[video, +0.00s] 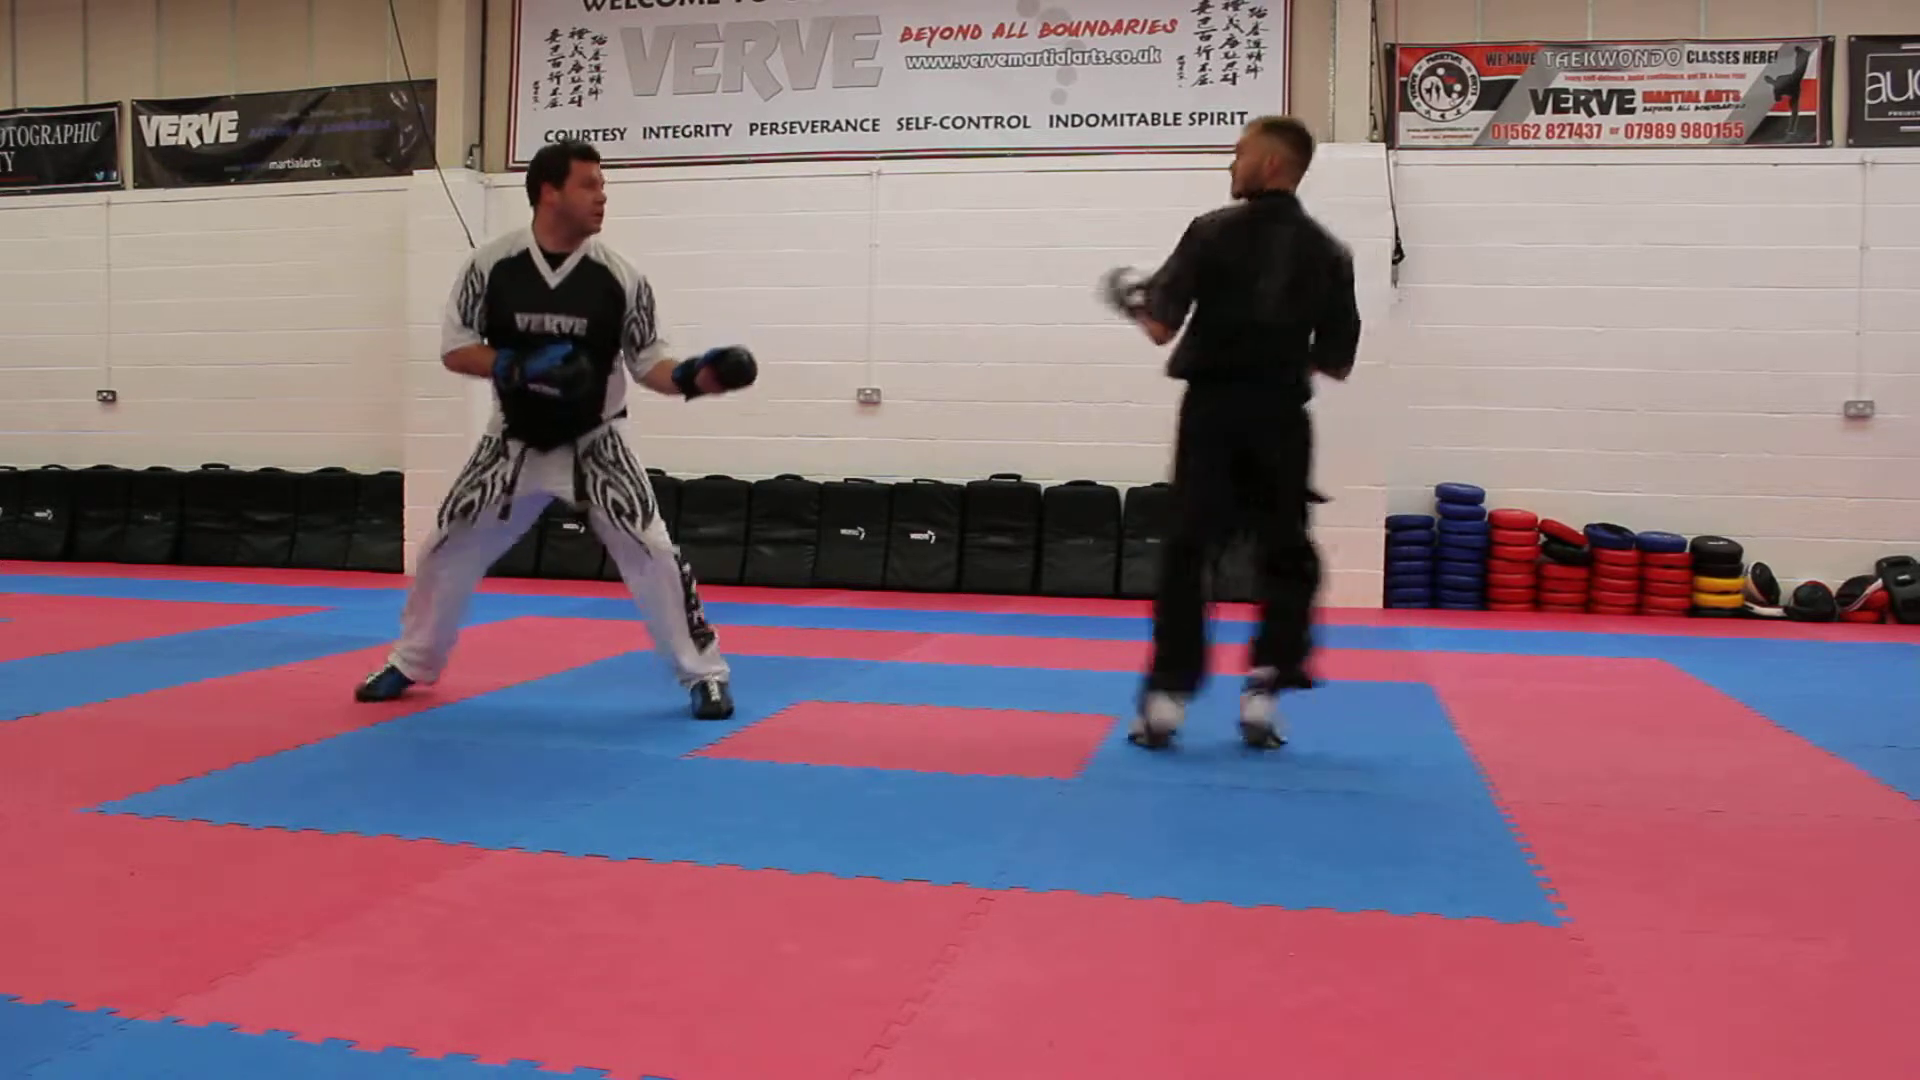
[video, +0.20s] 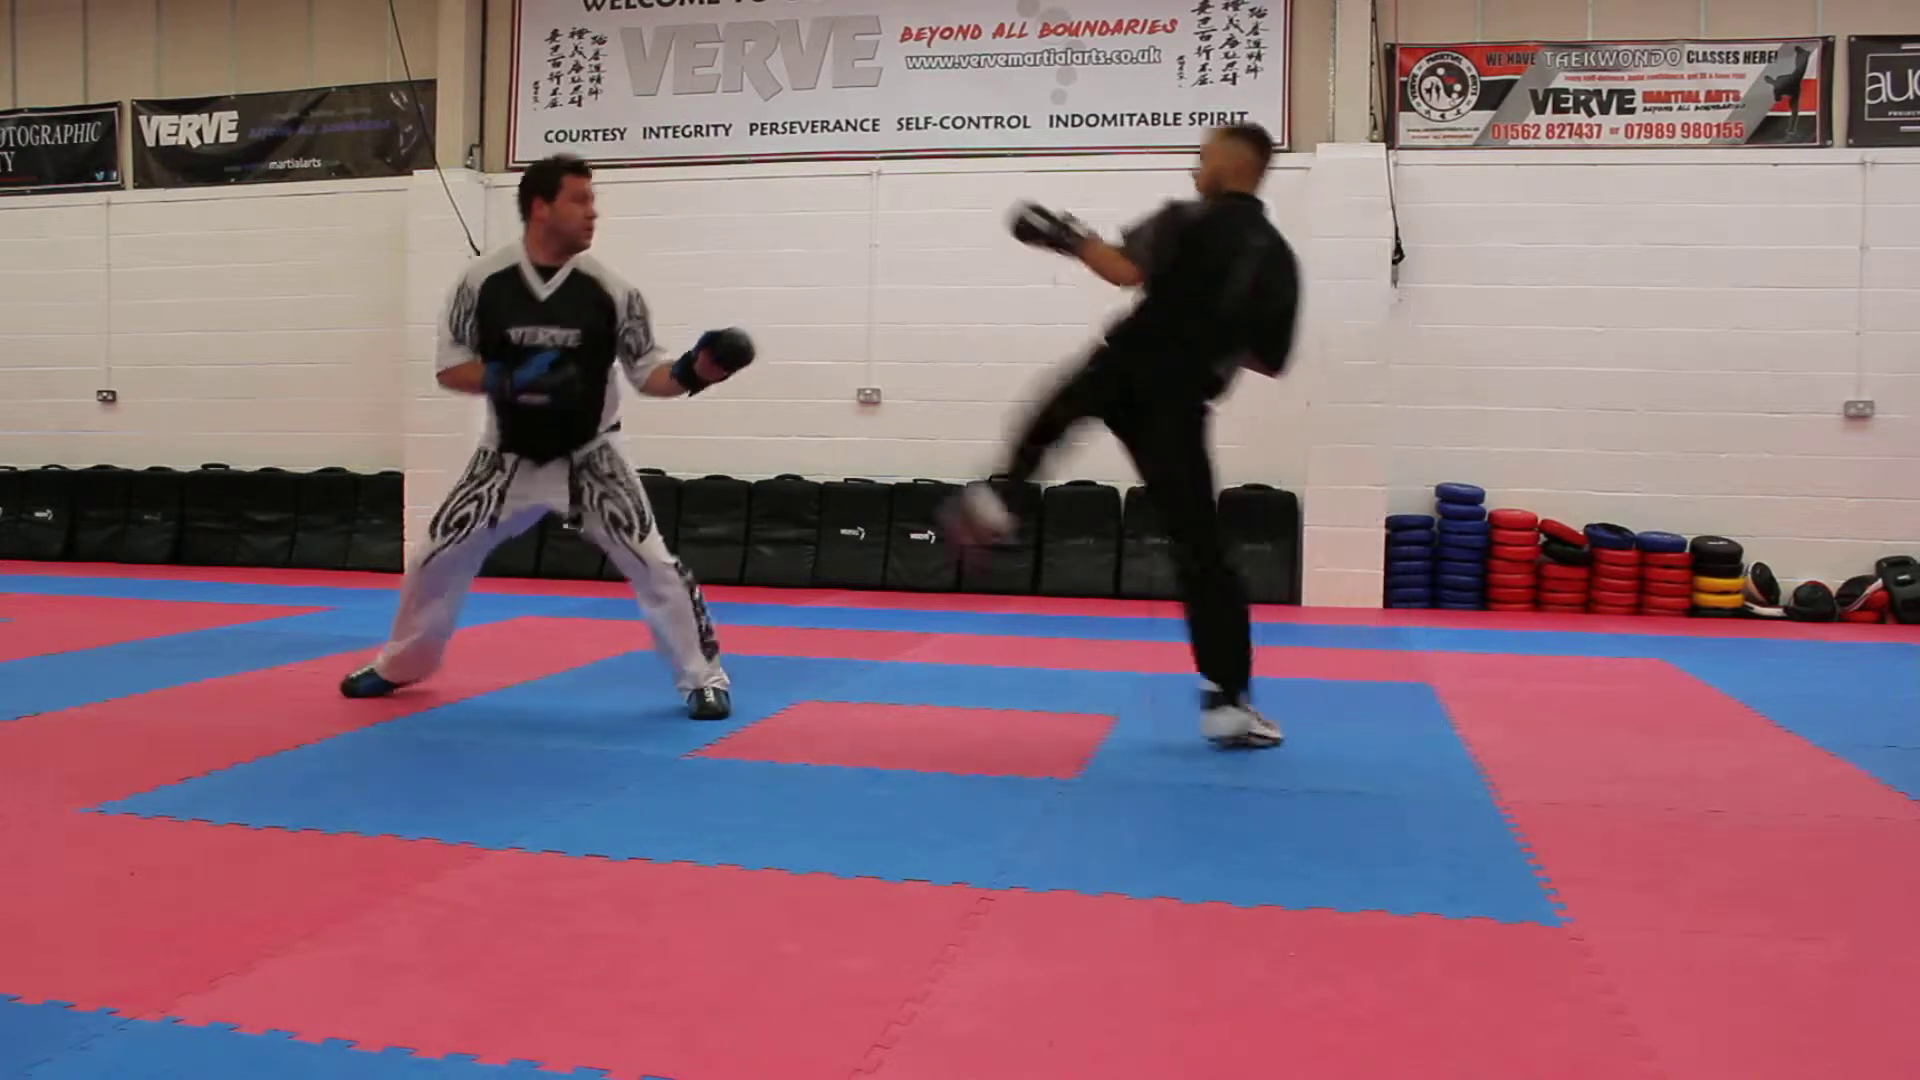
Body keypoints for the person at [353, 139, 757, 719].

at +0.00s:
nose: (602, 199)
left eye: (602, 188)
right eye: (590, 187)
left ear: (597, 194)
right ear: (548, 194)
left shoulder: (621, 279)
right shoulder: (489, 265)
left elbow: (649, 365)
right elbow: (455, 350)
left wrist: (691, 378)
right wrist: (516, 364)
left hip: (597, 446)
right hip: (512, 446)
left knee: (652, 553)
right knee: (445, 551)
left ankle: (704, 674)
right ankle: (412, 663)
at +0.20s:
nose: (593, 214)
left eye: (593, 203)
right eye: (581, 203)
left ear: (581, 208)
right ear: (539, 209)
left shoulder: (613, 294)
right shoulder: (481, 283)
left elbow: (648, 374)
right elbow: (451, 369)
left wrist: (690, 374)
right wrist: (508, 376)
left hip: (591, 460)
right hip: (506, 462)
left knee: (652, 563)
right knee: (434, 560)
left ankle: (703, 677)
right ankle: (401, 666)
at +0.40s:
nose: (504, 208)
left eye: (506, 197)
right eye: (491, 196)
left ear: (503, 204)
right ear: (453, 203)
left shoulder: (528, 282)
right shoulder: (405, 284)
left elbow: (571, 361)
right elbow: (378, 358)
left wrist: (596, 350)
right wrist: (417, 374)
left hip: (520, 444)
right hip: (447, 451)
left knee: (577, 557)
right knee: (382, 554)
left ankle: (676, 669)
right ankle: (415, 669)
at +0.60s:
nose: (411, 188)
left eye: (414, 176)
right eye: (399, 176)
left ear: (419, 180)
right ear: (362, 182)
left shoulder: (439, 250)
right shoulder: (331, 264)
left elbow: (483, 330)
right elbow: (312, 346)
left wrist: (435, 311)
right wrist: (338, 357)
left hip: (440, 411)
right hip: (380, 416)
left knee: (365, 529)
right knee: (360, 537)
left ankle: (400, 653)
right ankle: (400, 659)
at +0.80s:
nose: (256, 194)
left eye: (265, 179)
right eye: (254, 181)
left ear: (302, 178)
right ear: (285, 184)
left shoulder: (331, 240)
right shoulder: (307, 245)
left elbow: (347, 327)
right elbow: (307, 335)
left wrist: (265, 362)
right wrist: (259, 367)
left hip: (329, 420)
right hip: (365, 422)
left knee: (250, 541)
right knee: (338, 552)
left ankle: (190, 666)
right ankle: (408, 660)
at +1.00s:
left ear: (154, 209)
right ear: (213, 201)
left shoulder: (150, 272)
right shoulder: (262, 255)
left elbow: (146, 368)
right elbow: (308, 333)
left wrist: (134, 434)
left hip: (243, 422)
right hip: (315, 420)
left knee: (182, 544)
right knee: (286, 537)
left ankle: (181, 676)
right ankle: (358, 626)